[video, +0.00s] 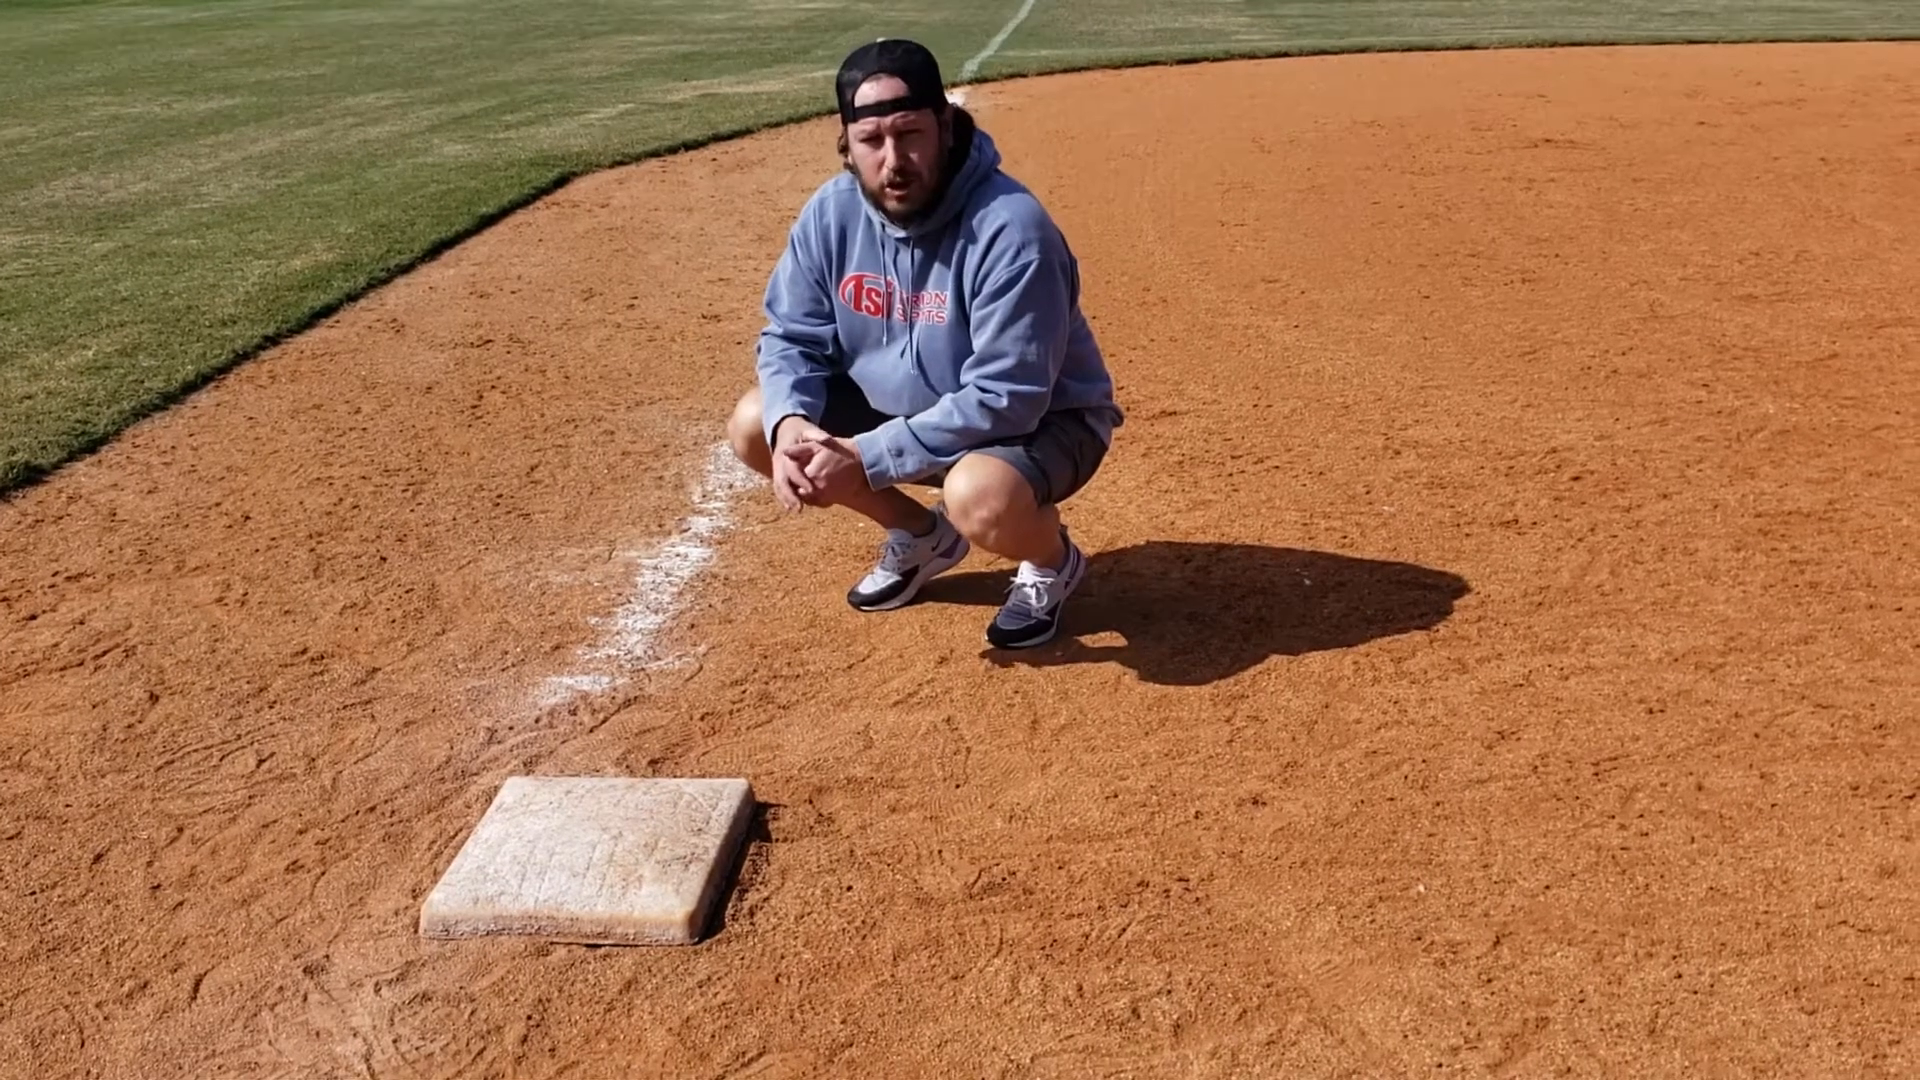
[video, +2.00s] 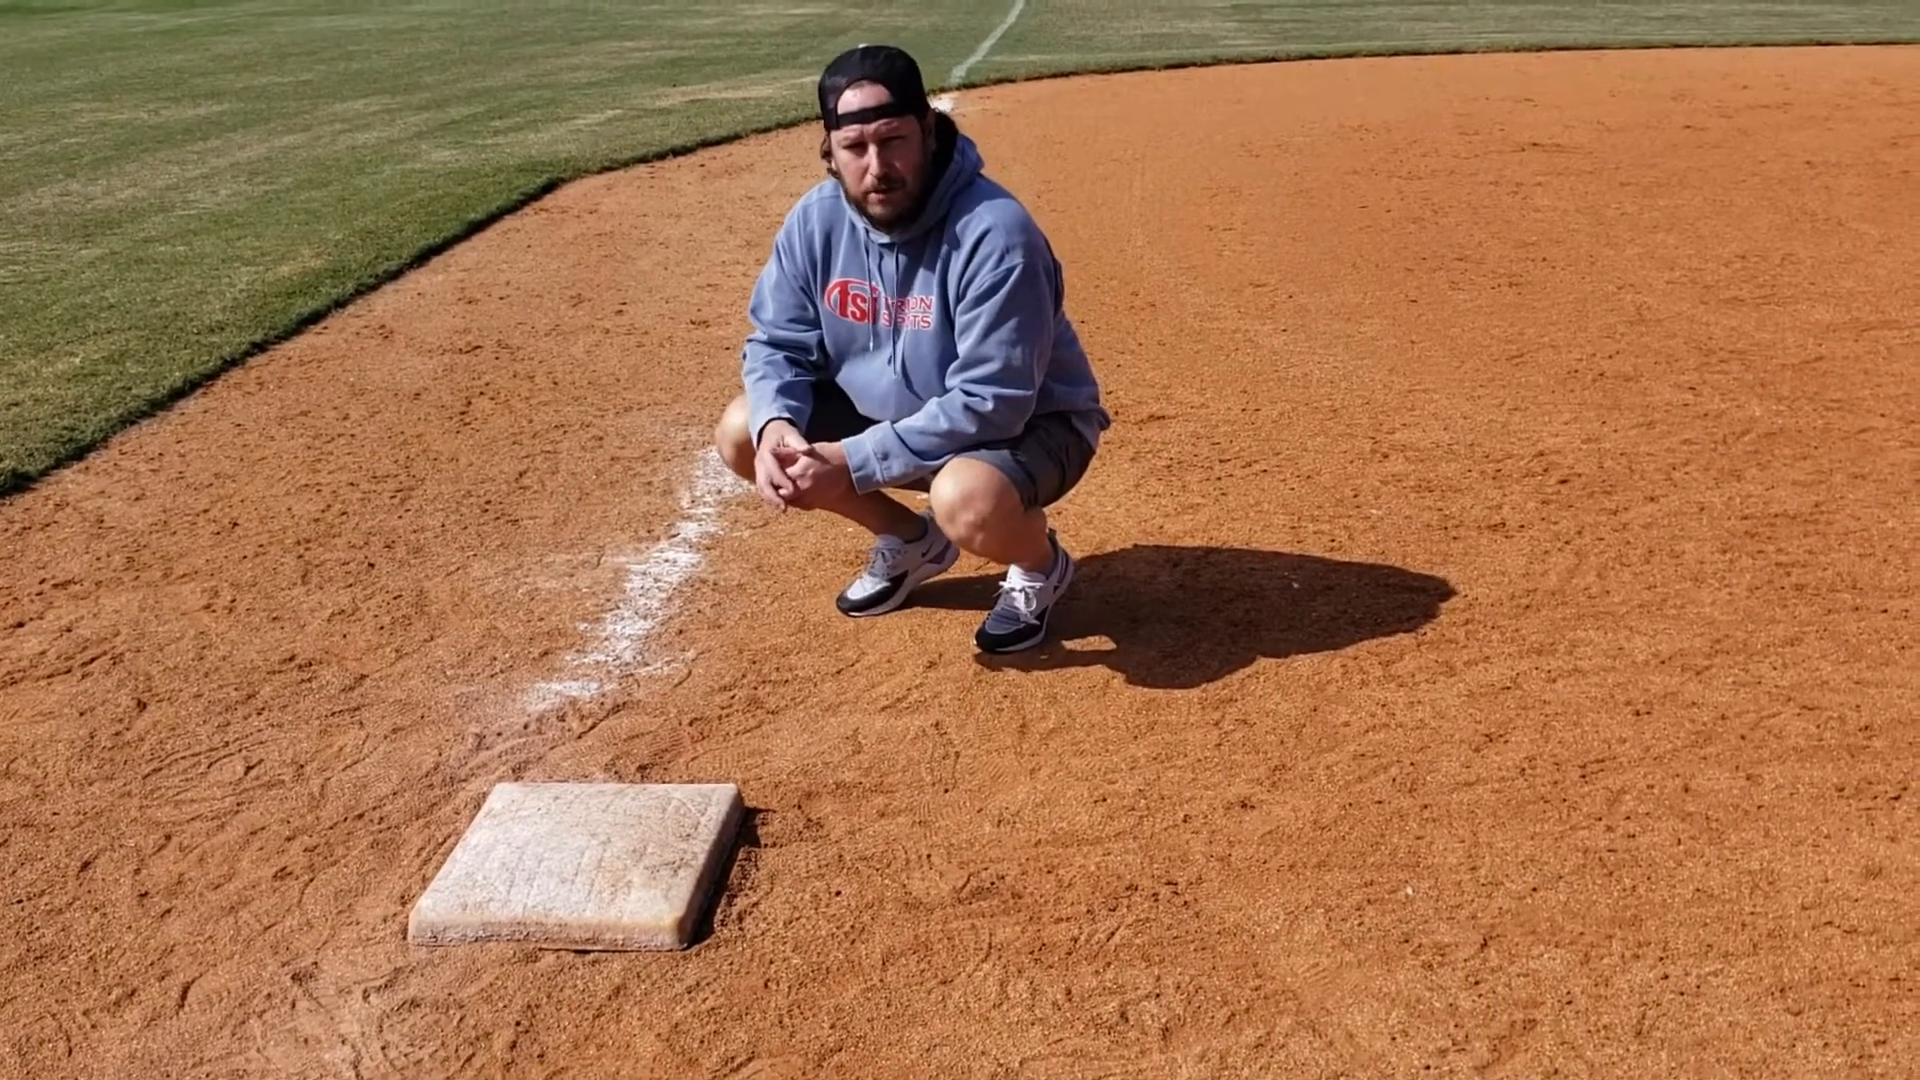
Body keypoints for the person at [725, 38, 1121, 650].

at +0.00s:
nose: (894, 162)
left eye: (911, 134)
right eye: (871, 140)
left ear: (946, 125)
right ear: (846, 145)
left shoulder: (1011, 234)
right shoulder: (832, 213)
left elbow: (1004, 402)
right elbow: (791, 335)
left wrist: (868, 459)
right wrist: (792, 421)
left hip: (1047, 419)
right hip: (909, 409)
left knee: (978, 496)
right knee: (757, 426)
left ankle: (1054, 562)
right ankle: (920, 533)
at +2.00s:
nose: (877, 168)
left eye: (893, 140)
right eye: (854, 147)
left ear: (928, 130)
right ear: (830, 153)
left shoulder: (995, 238)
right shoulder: (815, 221)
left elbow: (990, 405)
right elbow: (777, 342)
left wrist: (854, 462)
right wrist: (776, 423)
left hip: (1034, 422)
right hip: (899, 416)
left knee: (965, 500)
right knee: (742, 433)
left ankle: (1042, 566)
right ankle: (909, 539)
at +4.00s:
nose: (871, 185)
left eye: (887, 157)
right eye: (848, 163)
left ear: (923, 142)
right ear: (826, 166)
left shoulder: (992, 250)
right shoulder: (812, 235)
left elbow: (987, 416)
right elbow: (772, 350)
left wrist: (849, 474)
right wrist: (767, 414)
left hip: (1027, 436)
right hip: (890, 429)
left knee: (962, 511)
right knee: (740, 451)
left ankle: (1038, 579)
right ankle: (904, 550)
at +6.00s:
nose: (869, 184)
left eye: (888, 158)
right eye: (848, 160)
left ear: (925, 150)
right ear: (825, 162)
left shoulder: (989, 255)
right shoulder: (808, 238)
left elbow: (984, 419)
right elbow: (768, 352)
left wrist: (846, 468)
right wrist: (765, 421)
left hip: (1023, 441)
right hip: (885, 433)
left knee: (958, 515)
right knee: (736, 452)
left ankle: (1035, 585)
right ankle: (898, 554)